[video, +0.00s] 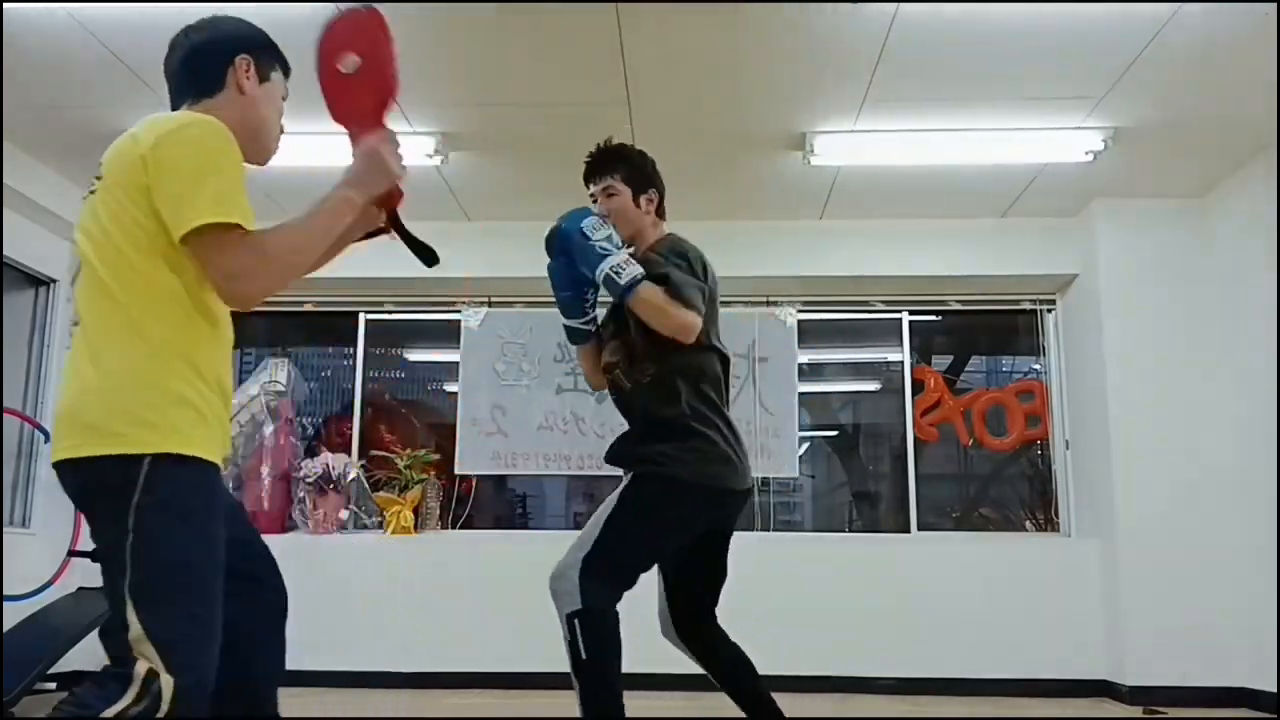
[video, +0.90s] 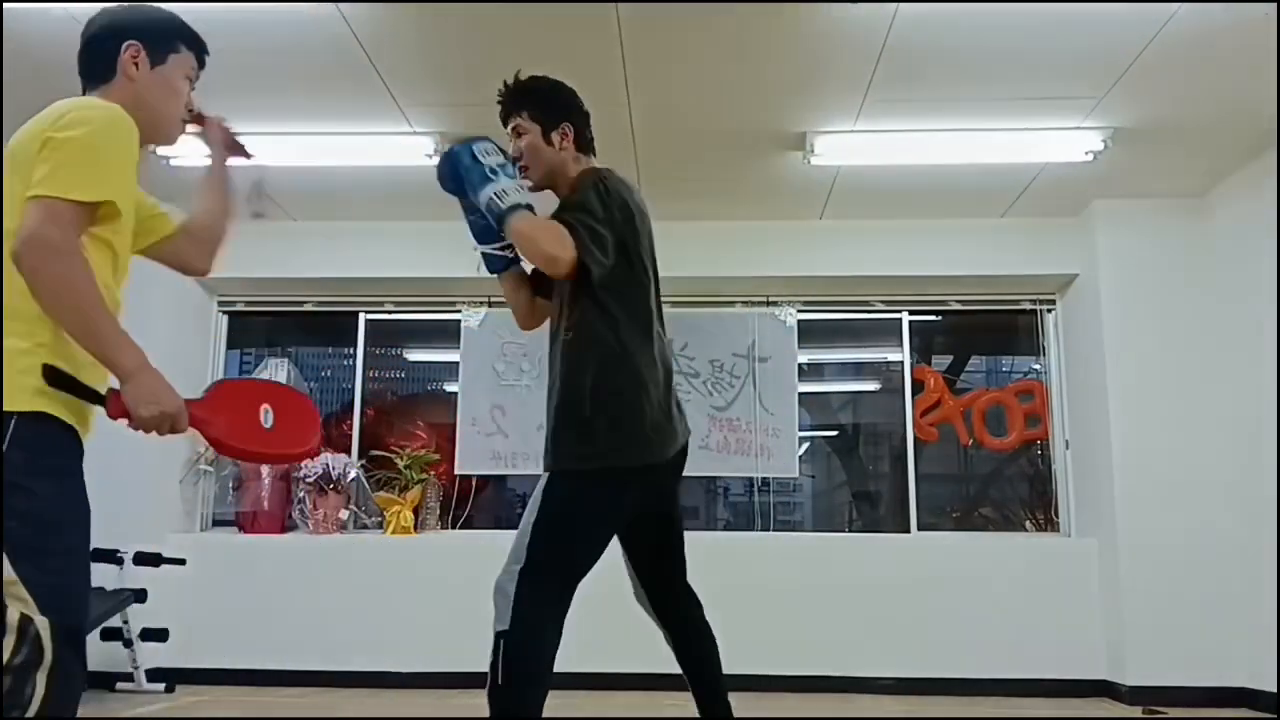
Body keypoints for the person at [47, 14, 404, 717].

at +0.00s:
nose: (284, 123)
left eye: (286, 106)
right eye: (283, 99)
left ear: (213, 81)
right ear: (244, 76)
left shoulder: (150, 152)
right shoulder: (188, 136)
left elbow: (238, 284)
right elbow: (239, 273)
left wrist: (345, 228)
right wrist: (353, 191)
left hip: (153, 441)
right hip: (149, 444)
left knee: (256, 601)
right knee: (169, 672)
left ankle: (245, 714)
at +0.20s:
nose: (237, 117)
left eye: (246, 98)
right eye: (236, 90)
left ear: (181, 55)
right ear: (192, 53)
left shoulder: (119, 146)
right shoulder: (124, 112)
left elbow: (119, 315)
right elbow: (257, 217)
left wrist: (233, 327)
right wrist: (253, 81)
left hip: (99, 426)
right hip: (64, 421)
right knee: (115, 647)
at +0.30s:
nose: (197, 111)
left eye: (201, 96)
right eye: (195, 90)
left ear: (119, 73)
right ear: (150, 64)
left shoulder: (55, 142)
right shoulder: (131, 111)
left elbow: (42, 295)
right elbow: (261, 221)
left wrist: (163, 327)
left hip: (28, 405)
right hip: (65, 411)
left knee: (65, 613)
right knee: (111, 638)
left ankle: (14, 699)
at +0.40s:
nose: (160, 123)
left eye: (163, 111)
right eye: (156, 108)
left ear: (87, 95)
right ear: (112, 85)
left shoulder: (14, 151)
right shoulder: (126, 138)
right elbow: (200, 271)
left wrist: (182, 212)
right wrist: (337, 295)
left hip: (11, 418)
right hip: (71, 420)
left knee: (26, 624)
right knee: (109, 638)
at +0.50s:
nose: (149, 144)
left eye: (152, 131)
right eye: (145, 126)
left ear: (60, 111)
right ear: (103, 103)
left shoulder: (7, 154)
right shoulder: (127, 162)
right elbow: (126, 289)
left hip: (9, 423)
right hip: (63, 423)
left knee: (14, 626)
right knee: (107, 633)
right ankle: (32, 709)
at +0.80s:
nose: (164, 134)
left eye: (167, 118)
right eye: (161, 111)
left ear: (90, 98)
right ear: (110, 91)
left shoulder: (21, 150)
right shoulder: (111, 145)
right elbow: (90, 266)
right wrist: (162, 391)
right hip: (31, 411)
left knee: (39, 624)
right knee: (70, 630)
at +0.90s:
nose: (192, 103)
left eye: (196, 87)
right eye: (187, 80)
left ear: (133, 70)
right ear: (135, 64)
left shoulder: (105, 169)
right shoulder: (96, 122)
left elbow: (196, 254)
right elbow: (42, 244)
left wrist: (223, 162)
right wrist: (136, 371)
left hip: (36, 425)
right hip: (24, 423)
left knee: (43, 648)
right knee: (46, 651)